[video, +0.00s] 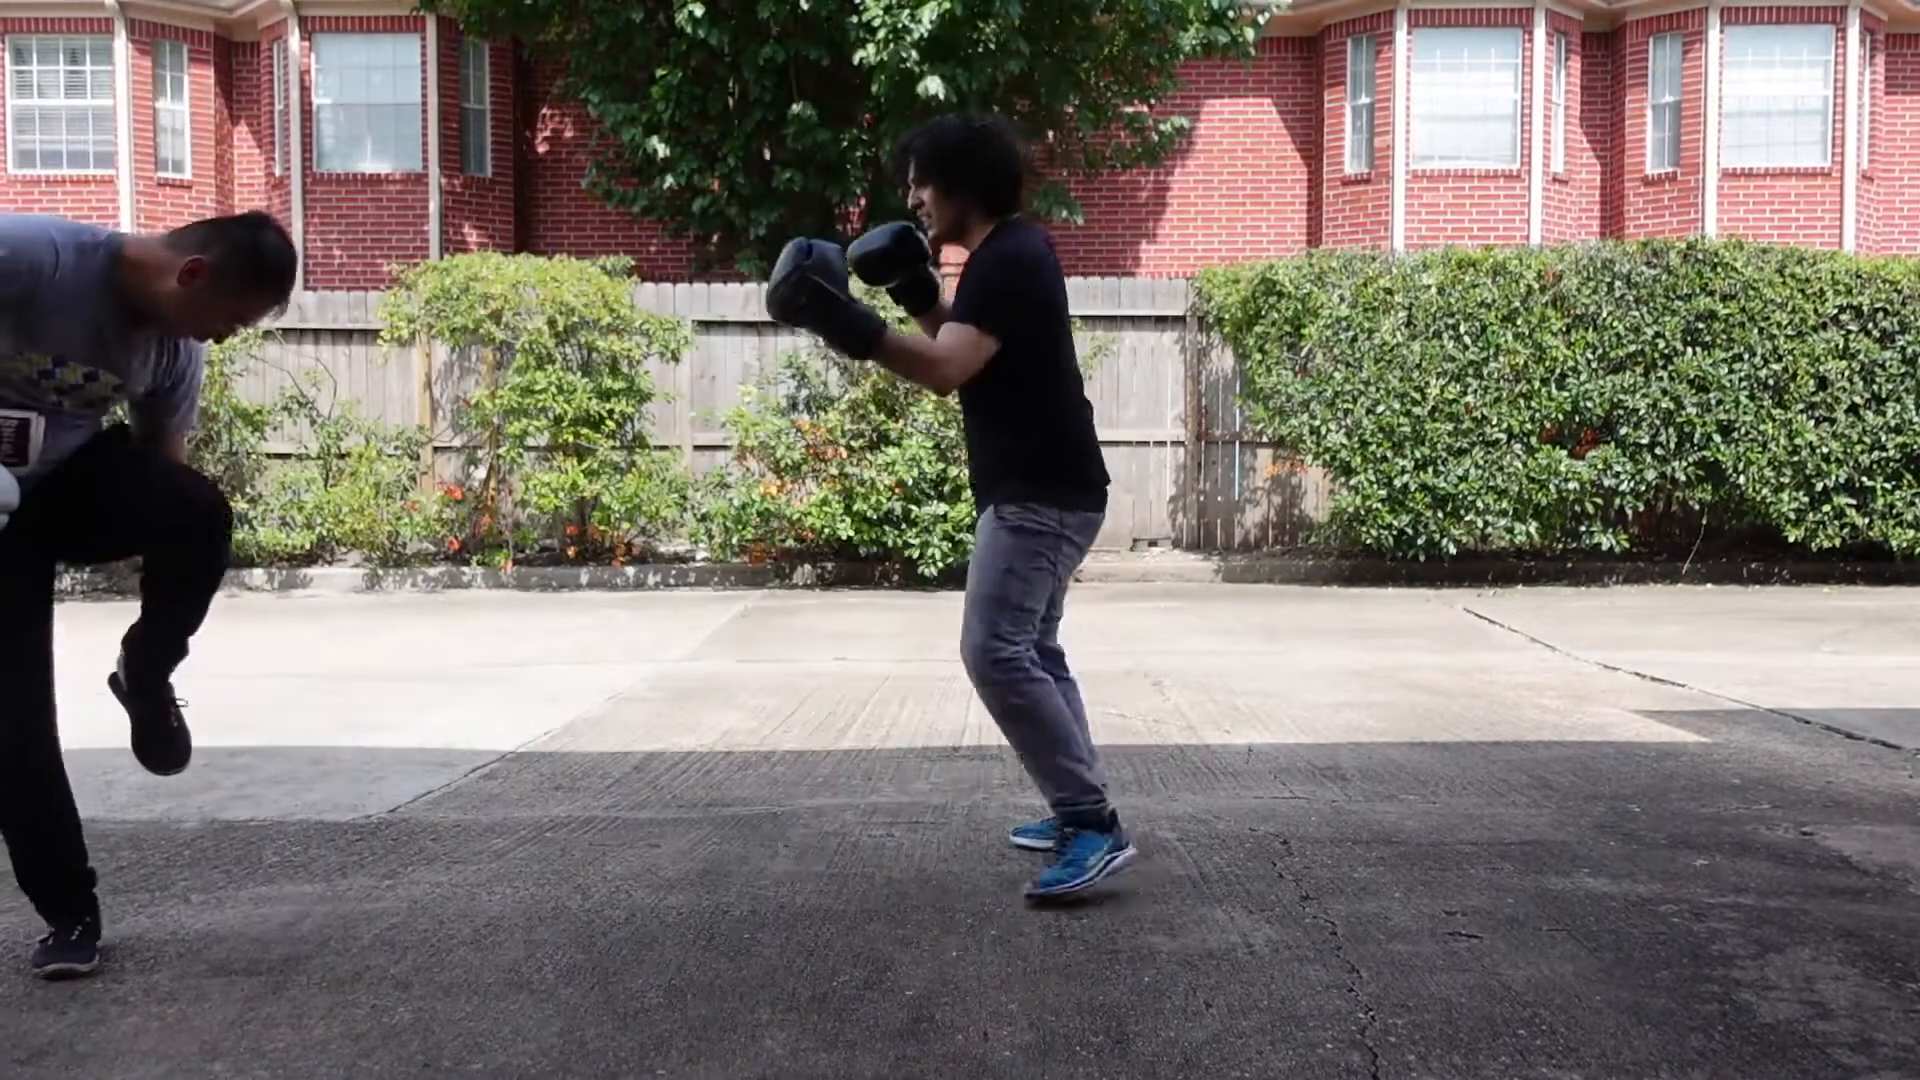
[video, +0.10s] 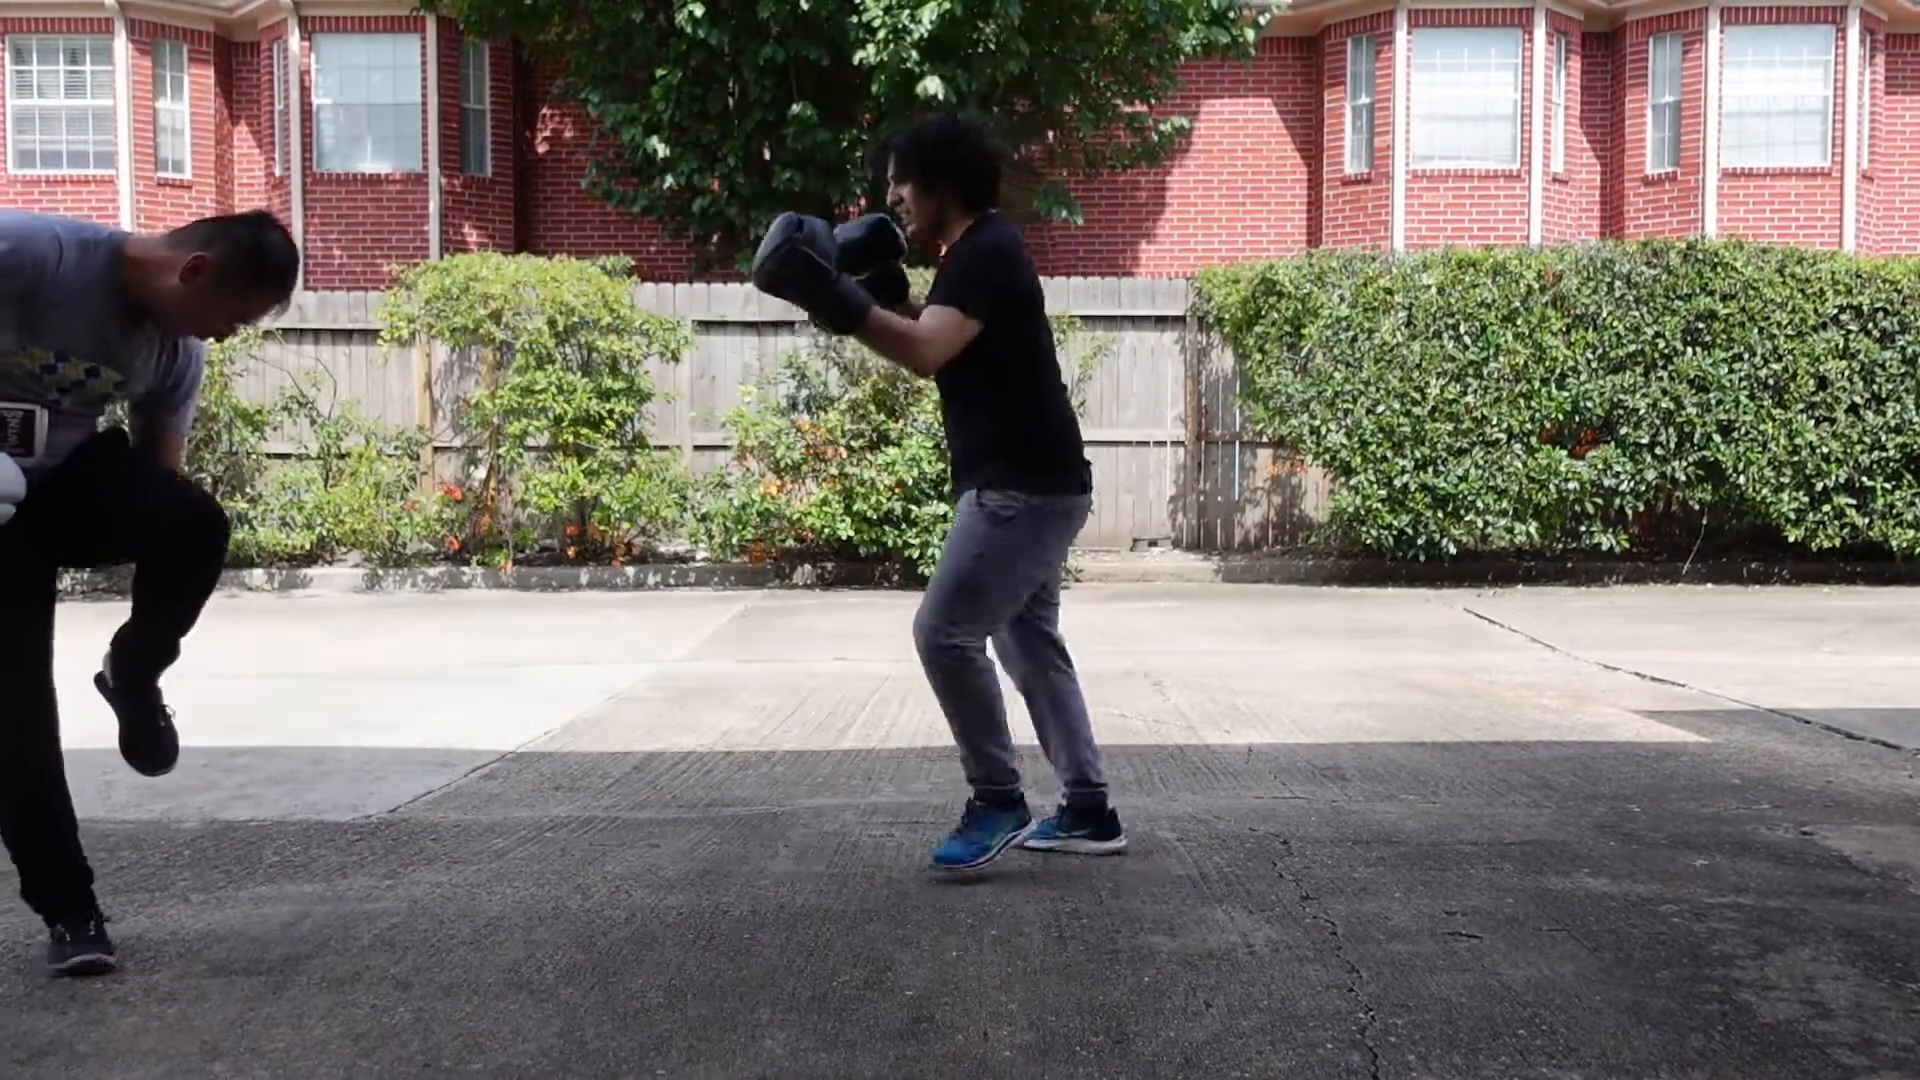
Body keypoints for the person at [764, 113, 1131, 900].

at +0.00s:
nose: (916, 202)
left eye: (924, 187)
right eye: (915, 188)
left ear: (960, 188)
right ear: (986, 185)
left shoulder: (1009, 256)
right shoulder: (1004, 252)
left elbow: (947, 368)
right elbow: (972, 353)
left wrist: (849, 324)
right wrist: (921, 290)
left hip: (1038, 496)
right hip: (1036, 491)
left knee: (994, 651)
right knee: (1033, 648)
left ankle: (1092, 825)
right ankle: (1080, 807)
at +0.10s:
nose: (895, 202)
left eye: (903, 186)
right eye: (892, 188)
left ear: (944, 186)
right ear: (955, 189)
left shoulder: (986, 250)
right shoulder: (971, 255)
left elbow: (926, 351)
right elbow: (931, 350)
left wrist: (832, 299)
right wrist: (886, 286)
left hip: (1022, 492)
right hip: (1023, 489)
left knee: (945, 633)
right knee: (1032, 646)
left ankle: (998, 802)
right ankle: (1088, 808)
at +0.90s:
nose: (745, 218)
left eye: (755, 205)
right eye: (741, 206)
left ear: (797, 207)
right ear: (752, 212)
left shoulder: (851, 286)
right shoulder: (753, 275)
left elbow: (887, 397)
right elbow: (756, 372)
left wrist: (835, 466)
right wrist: (719, 409)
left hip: (815, 501)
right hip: (748, 494)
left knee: (819, 652)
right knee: (723, 638)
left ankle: (858, 809)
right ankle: (744, 771)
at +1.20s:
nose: (735, 228)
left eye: (747, 215)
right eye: (728, 217)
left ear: (784, 214)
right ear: (723, 222)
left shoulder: (833, 284)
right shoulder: (712, 284)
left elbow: (864, 381)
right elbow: (654, 375)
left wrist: (838, 398)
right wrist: (663, 348)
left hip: (812, 495)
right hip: (729, 499)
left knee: (839, 616)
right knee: (729, 642)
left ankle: (861, 771)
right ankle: (750, 776)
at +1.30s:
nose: (743, 229)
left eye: (754, 216)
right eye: (735, 218)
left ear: (789, 215)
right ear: (730, 224)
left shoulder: (834, 285)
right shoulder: (717, 288)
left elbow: (865, 383)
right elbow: (659, 377)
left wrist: (834, 389)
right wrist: (683, 335)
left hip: (820, 497)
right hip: (737, 502)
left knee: (856, 618)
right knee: (735, 643)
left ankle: (872, 744)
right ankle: (750, 774)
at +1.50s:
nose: (772, 248)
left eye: (784, 236)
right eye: (766, 238)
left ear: (818, 236)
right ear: (761, 243)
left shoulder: (864, 306)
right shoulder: (748, 302)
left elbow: (884, 401)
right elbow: (705, 402)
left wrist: (841, 400)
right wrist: (716, 361)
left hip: (845, 515)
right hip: (762, 514)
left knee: (876, 637)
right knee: (743, 640)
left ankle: (892, 743)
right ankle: (751, 774)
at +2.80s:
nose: (675, 271)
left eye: (688, 259)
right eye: (667, 259)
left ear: (722, 258)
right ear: (660, 261)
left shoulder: (769, 318)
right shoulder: (649, 316)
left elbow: (791, 405)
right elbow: (580, 369)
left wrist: (731, 358)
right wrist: (569, 310)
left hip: (765, 522)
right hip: (681, 519)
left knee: (814, 636)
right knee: (647, 632)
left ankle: (792, 749)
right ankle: (609, 778)